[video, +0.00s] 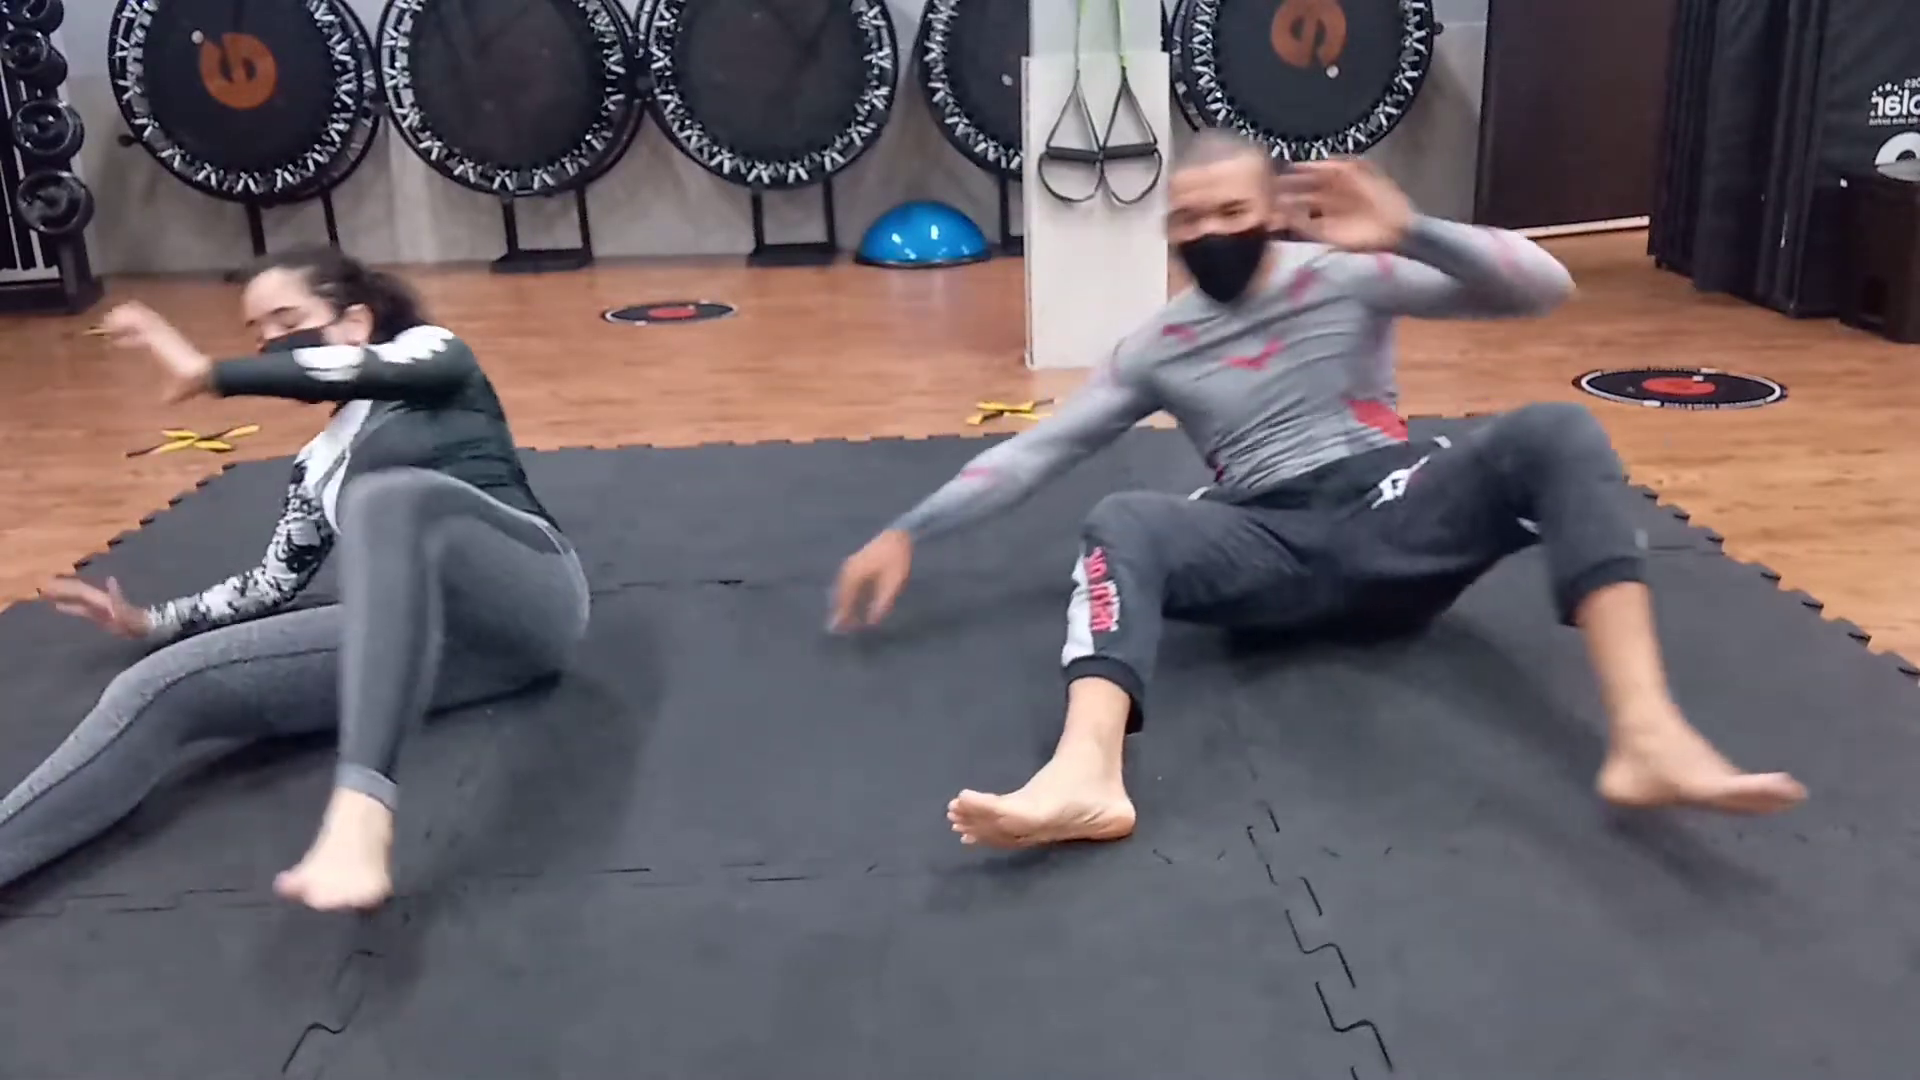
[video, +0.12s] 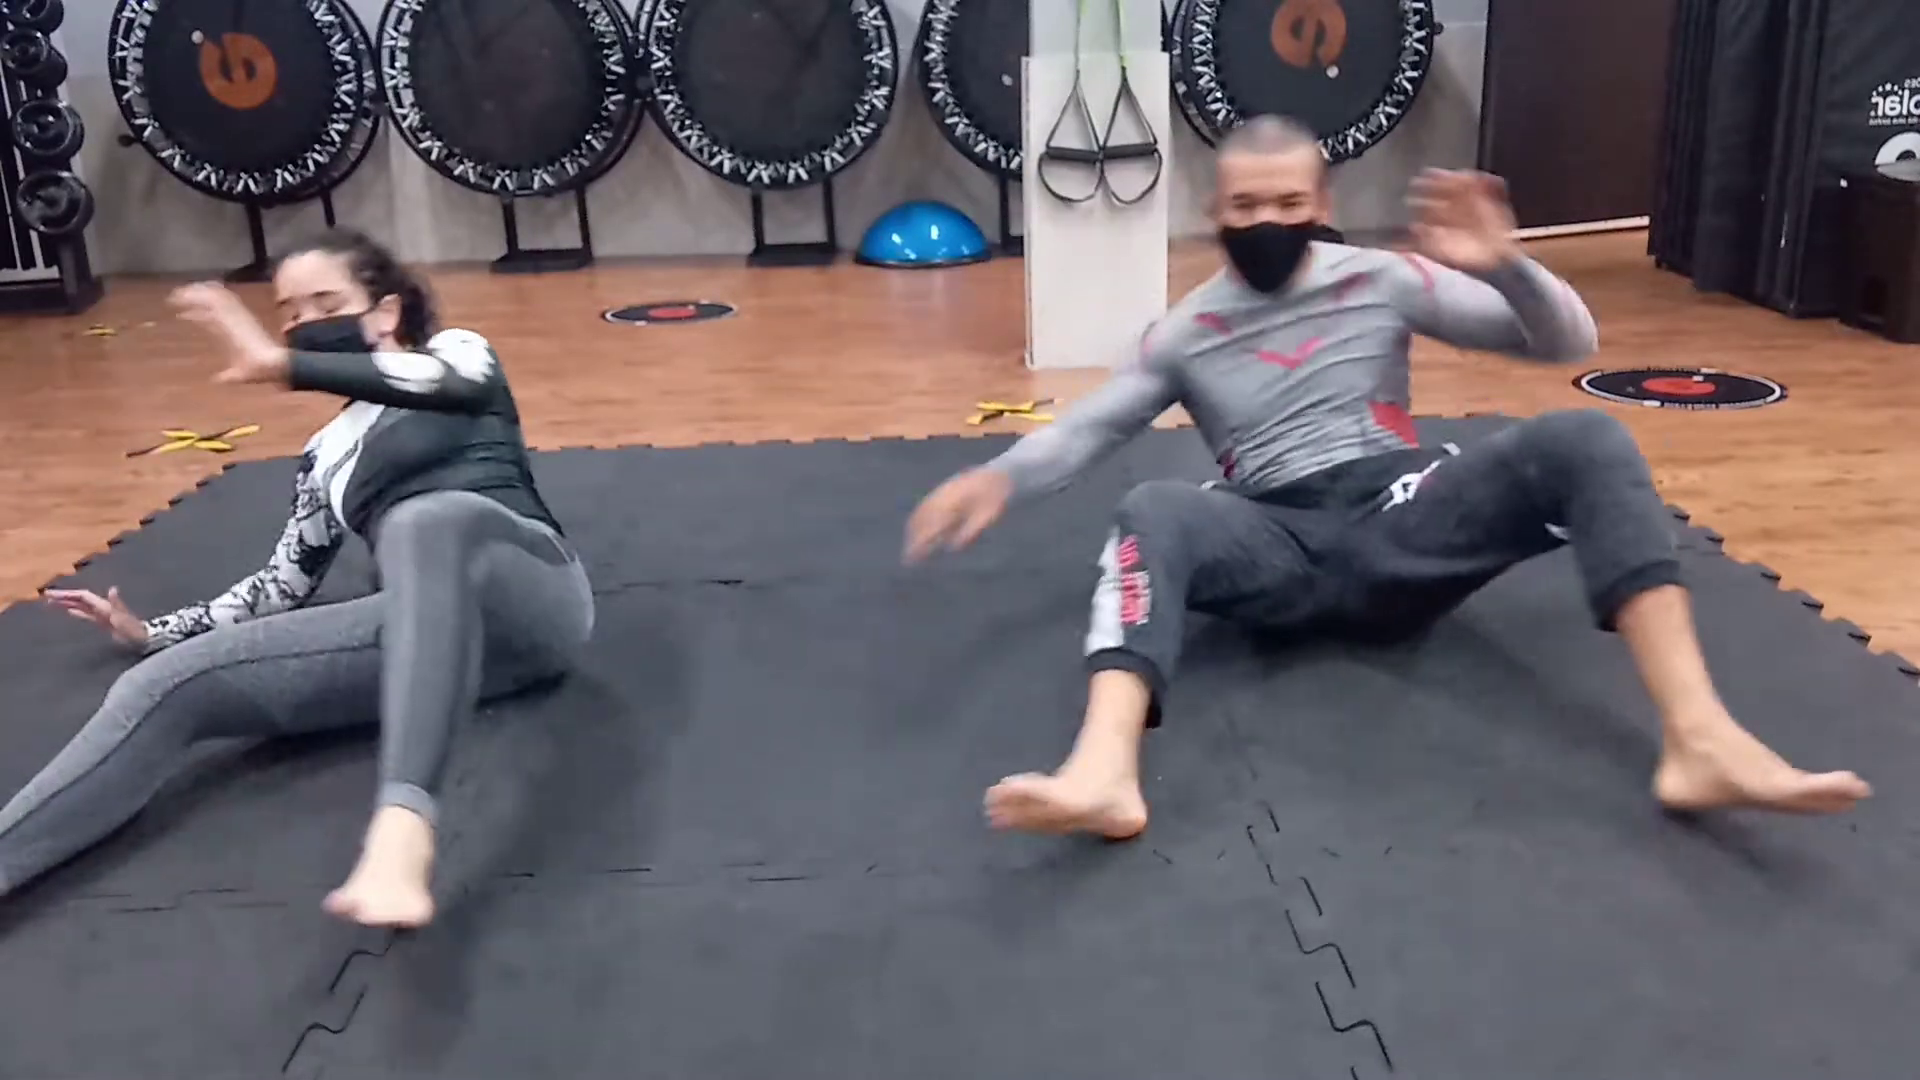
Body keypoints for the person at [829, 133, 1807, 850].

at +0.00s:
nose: (1209, 240)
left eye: (1230, 218)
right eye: (1190, 224)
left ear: (1275, 214)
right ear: (1167, 232)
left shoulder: (1341, 276)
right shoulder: (1157, 348)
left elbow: (1543, 290)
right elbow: (1036, 448)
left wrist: (1411, 231)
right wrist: (908, 528)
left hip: (1397, 511)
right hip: (1267, 543)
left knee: (1562, 431)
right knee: (1122, 523)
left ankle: (1649, 731)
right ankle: (1086, 772)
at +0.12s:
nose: (1259, 223)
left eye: (1281, 204)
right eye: (1240, 205)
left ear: (1321, 204)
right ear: (1214, 213)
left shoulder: (1384, 276)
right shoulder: (1187, 335)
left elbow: (1568, 344)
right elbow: (1092, 424)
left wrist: (1510, 269)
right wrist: (998, 477)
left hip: (1405, 520)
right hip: (1279, 542)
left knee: (1584, 441)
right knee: (1153, 508)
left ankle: (1698, 736)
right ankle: (1105, 768)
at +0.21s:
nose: (1299, 219)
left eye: (1322, 200)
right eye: (1277, 199)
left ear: (1351, 203)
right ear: (1242, 209)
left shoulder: (1403, 286)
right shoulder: (1204, 323)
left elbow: (1557, 370)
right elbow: (1121, 406)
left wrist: (1555, 299)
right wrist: (1069, 429)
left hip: (1411, 518)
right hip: (1282, 537)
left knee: (1601, 444)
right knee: (1171, 489)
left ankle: (1714, 742)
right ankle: (1141, 765)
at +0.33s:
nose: (1351, 217)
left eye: (1372, 200)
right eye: (1329, 196)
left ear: (1392, 203)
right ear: (1283, 197)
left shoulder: (1429, 299)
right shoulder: (1232, 313)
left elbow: (1537, 409)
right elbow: (1125, 415)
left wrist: (1606, 352)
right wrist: (1143, 380)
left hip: (1430, 534)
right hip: (1303, 541)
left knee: (1628, 454)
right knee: (1202, 473)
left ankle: (1716, 742)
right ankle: (1223, 751)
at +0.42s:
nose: (1379, 215)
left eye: (1399, 201)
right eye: (1359, 195)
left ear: (1420, 209)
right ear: (1313, 198)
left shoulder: (1447, 306)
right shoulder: (1258, 302)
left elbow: (1526, 426)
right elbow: (1150, 393)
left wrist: (1637, 383)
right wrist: (1200, 328)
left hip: (1436, 540)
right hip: (1317, 539)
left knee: (1644, 454)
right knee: (1237, 460)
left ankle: (1715, 738)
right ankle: (1293, 747)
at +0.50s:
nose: (1408, 217)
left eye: (1429, 202)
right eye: (1388, 195)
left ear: (1448, 208)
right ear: (1338, 193)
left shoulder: (1462, 314)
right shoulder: (1279, 293)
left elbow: (1519, 440)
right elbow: (1177, 371)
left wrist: (1658, 418)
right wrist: (1263, 280)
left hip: (1444, 541)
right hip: (1332, 540)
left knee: (1655, 459)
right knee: (1273, 443)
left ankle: (1719, 739)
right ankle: (1358, 745)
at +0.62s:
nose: (1462, 225)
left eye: (1481, 211)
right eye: (1444, 197)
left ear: (1489, 222)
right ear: (1388, 195)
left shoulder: (1479, 326)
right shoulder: (1306, 287)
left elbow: (1519, 458)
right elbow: (1218, 340)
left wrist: (1674, 474)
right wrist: (1356, 248)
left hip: (1449, 543)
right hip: (1334, 544)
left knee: (1680, 476)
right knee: (1308, 441)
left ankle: (1725, 740)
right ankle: (1431, 744)